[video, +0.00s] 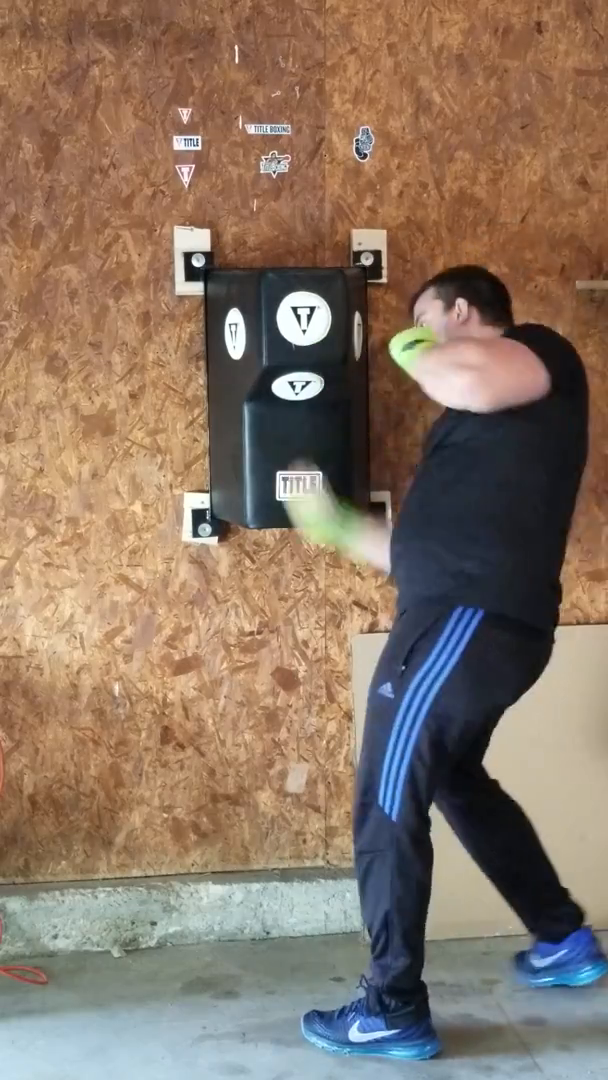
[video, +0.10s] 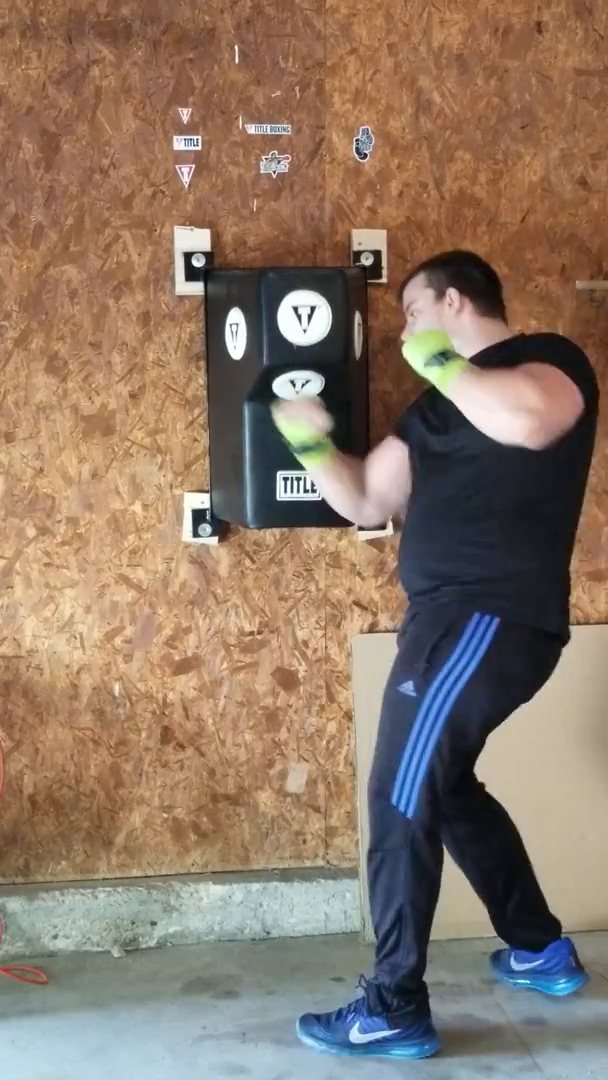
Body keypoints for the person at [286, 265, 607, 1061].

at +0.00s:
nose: (421, 342)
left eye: (425, 325)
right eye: (419, 331)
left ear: (463, 308)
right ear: (472, 314)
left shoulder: (543, 349)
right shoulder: (487, 407)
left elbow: (471, 382)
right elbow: (433, 550)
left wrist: (413, 350)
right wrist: (334, 522)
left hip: (467, 611)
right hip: (484, 617)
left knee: (387, 798)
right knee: (455, 776)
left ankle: (393, 1006)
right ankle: (564, 938)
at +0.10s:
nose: (409, 330)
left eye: (414, 314)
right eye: (406, 320)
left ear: (454, 300)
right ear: (454, 308)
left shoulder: (548, 356)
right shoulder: (433, 410)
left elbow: (532, 423)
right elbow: (365, 501)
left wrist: (441, 366)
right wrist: (314, 443)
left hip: (493, 612)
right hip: (444, 613)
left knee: (400, 796)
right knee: (442, 786)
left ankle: (395, 1005)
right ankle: (542, 951)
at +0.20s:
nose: (396, 331)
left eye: (400, 311)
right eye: (392, 315)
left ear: (442, 298)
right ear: (445, 302)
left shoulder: (539, 359)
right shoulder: (445, 397)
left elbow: (564, 456)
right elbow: (423, 526)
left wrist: (458, 411)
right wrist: (375, 494)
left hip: (497, 610)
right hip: (453, 609)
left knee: (409, 791)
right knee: (462, 784)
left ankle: (393, 1003)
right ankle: (551, 952)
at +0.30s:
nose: (394, 340)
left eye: (394, 319)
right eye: (387, 325)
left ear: (435, 300)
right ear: (437, 306)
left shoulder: (535, 355)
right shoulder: (461, 388)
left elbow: (559, 465)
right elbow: (447, 517)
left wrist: (451, 430)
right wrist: (391, 478)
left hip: (498, 606)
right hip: (456, 603)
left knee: (403, 778)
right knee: (478, 774)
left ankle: (391, 997)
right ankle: (556, 952)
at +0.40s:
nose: (396, 330)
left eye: (396, 309)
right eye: (390, 314)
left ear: (433, 291)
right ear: (444, 291)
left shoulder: (515, 348)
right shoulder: (478, 365)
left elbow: (508, 467)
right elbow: (437, 490)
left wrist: (405, 425)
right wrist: (387, 427)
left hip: (482, 597)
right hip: (509, 599)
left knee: (389, 771)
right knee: (499, 767)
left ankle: (377, 986)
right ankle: (557, 951)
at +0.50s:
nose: (396, 326)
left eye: (396, 305)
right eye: (391, 310)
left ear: (429, 287)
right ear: (453, 283)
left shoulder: (483, 350)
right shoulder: (514, 342)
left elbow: (444, 472)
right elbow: (457, 458)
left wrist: (369, 428)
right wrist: (393, 411)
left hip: (470, 597)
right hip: (534, 598)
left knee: (378, 782)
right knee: (511, 768)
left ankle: (349, 987)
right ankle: (560, 953)